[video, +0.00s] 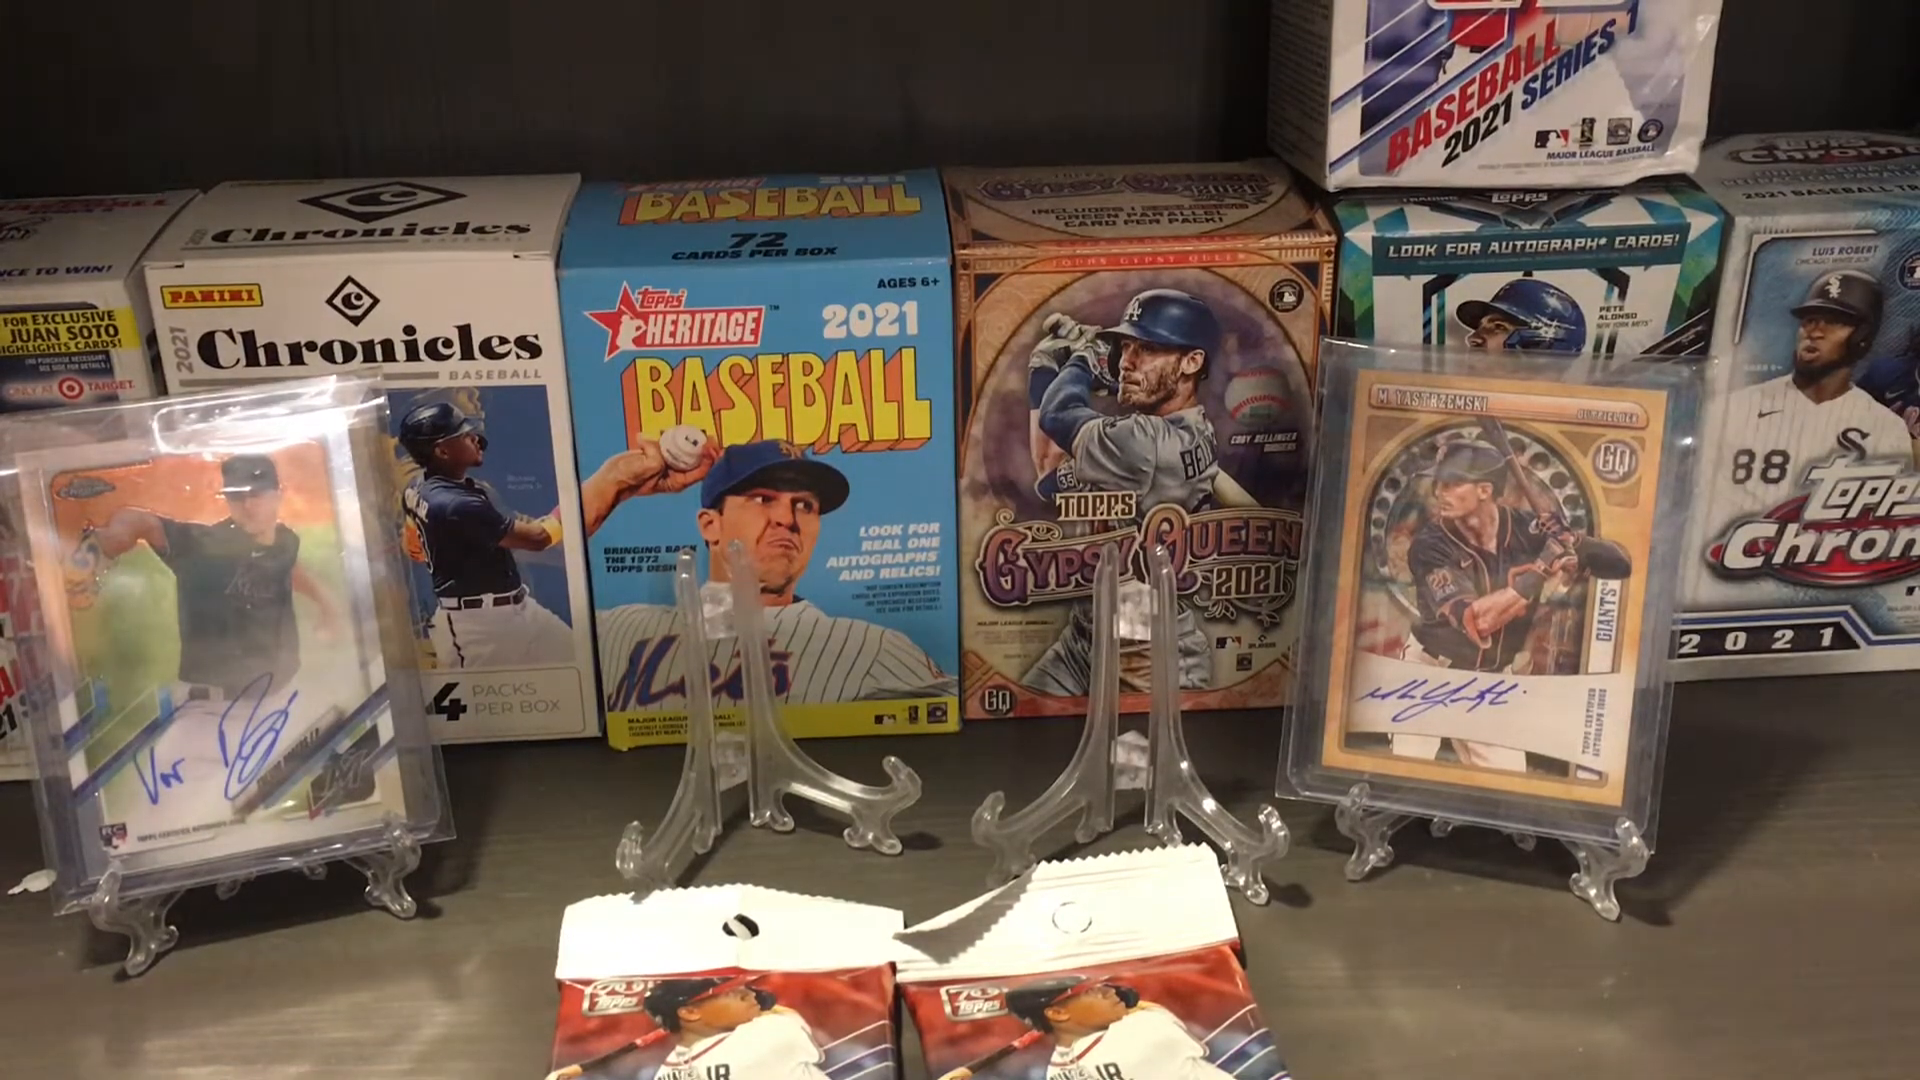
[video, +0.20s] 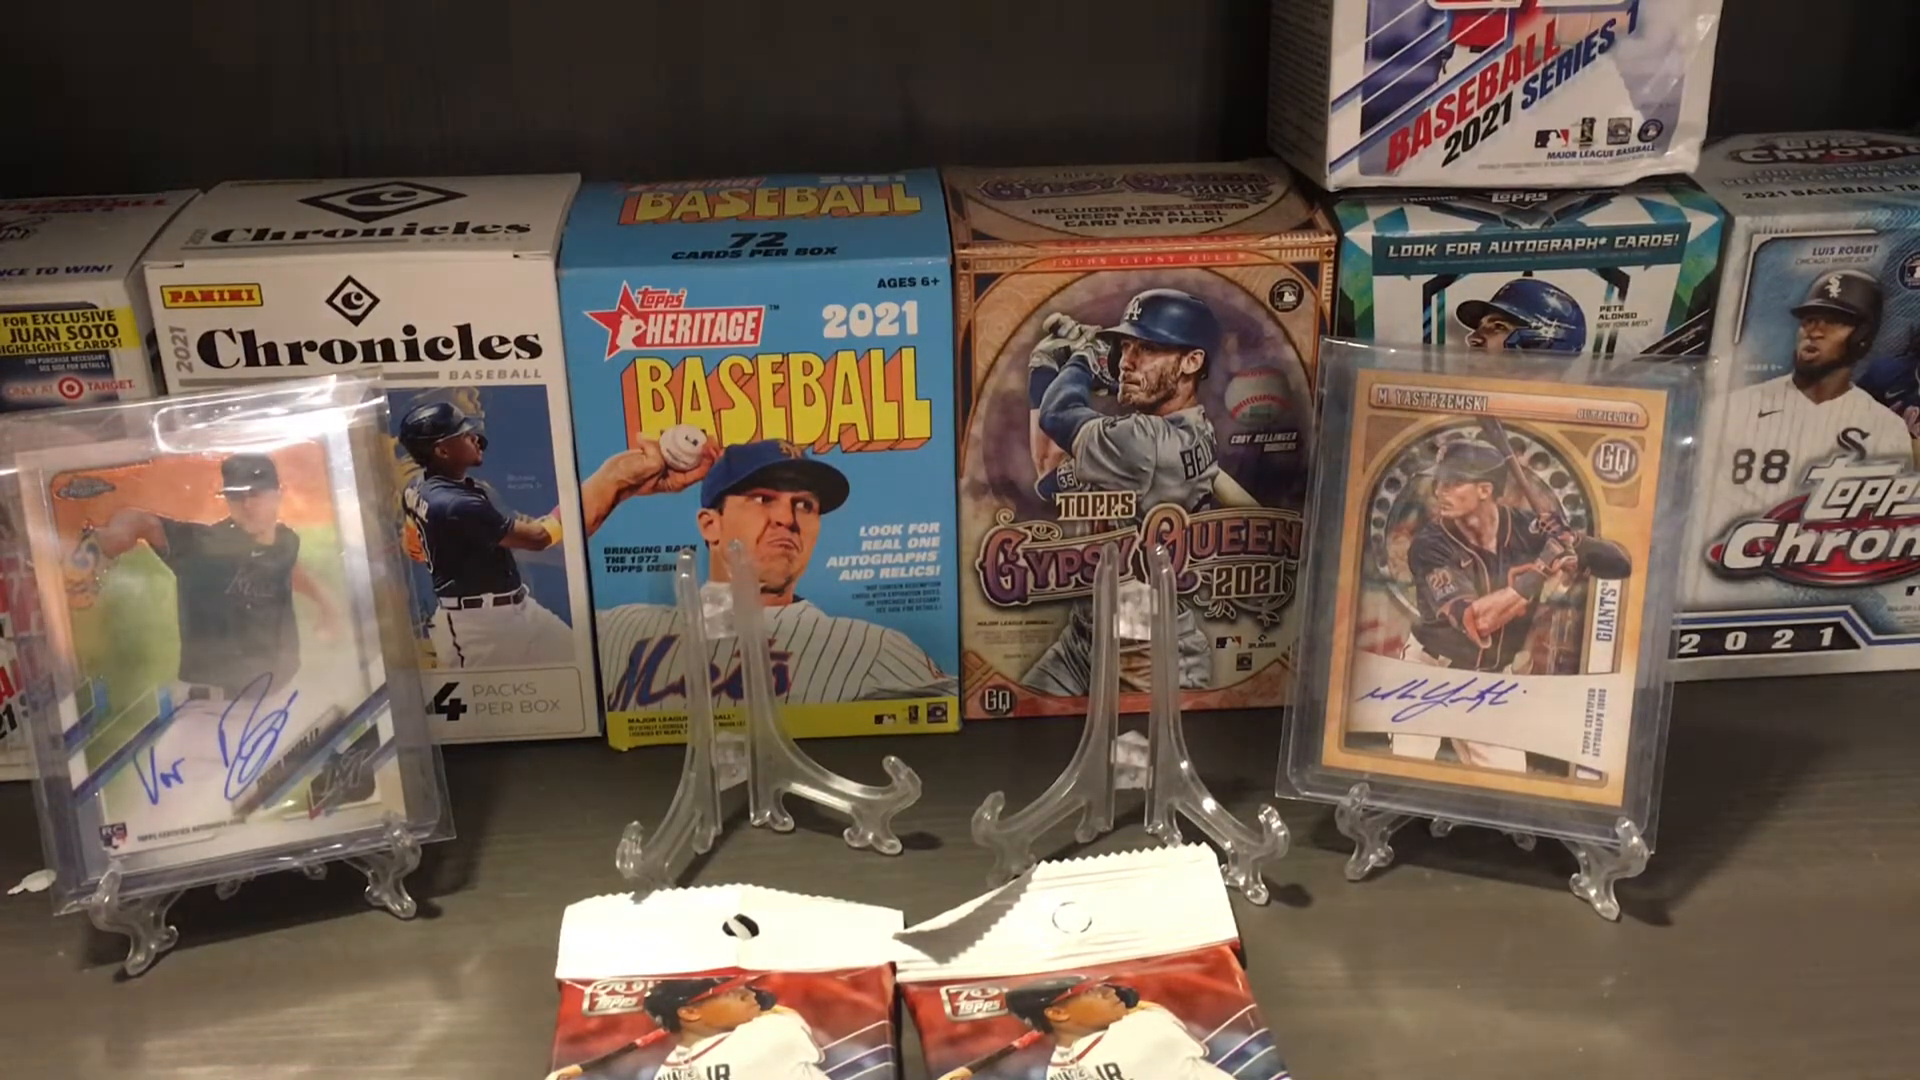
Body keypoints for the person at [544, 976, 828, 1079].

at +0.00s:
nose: (743, 992)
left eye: (733, 986)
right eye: (726, 992)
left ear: (690, 1015)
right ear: (692, 1014)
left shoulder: (666, 1071)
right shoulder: (779, 1033)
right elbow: (780, 1009)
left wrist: (580, 1071)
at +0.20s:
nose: (744, 992)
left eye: (734, 986)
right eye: (726, 992)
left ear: (690, 1015)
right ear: (692, 1014)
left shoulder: (666, 1071)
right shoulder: (779, 1033)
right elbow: (780, 1009)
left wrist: (579, 1071)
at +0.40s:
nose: (745, 994)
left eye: (736, 987)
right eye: (727, 994)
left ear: (689, 1015)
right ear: (691, 1015)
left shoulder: (665, 1072)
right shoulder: (780, 1033)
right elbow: (778, 1008)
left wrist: (580, 1072)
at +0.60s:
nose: (745, 993)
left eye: (736, 986)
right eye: (728, 993)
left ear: (689, 1015)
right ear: (691, 1014)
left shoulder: (665, 1072)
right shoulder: (779, 1033)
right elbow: (776, 1007)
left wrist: (579, 1072)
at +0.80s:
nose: (744, 993)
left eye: (735, 987)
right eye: (727, 993)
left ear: (689, 1015)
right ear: (691, 1015)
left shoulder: (666, 1071)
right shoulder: (780, 1033)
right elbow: (777, 1007)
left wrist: (579, 1072)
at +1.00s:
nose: (746, 993)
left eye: (737, 987)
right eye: (728, 993)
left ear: (689, 1015)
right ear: (691, 1015)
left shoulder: (665, 1072)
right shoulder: (780, 1033)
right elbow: (777, 1007)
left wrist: (578, 1072)